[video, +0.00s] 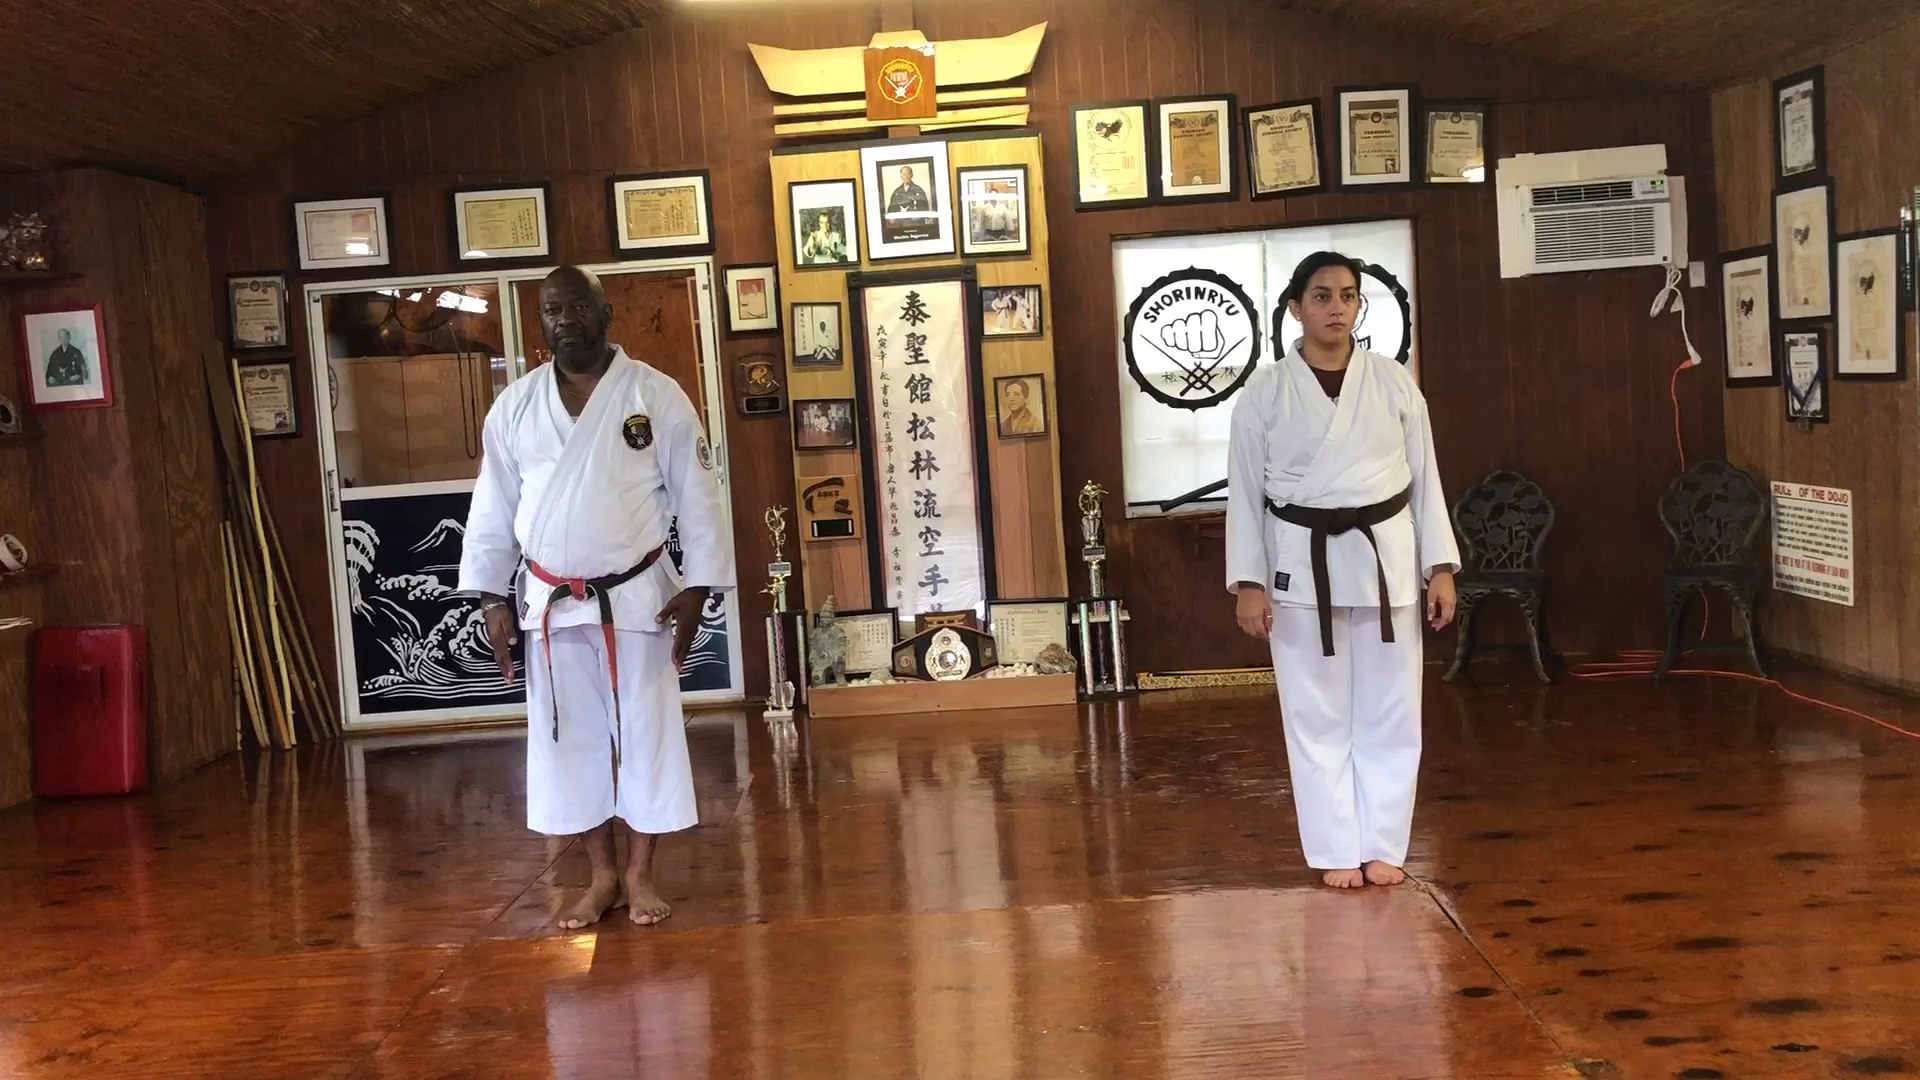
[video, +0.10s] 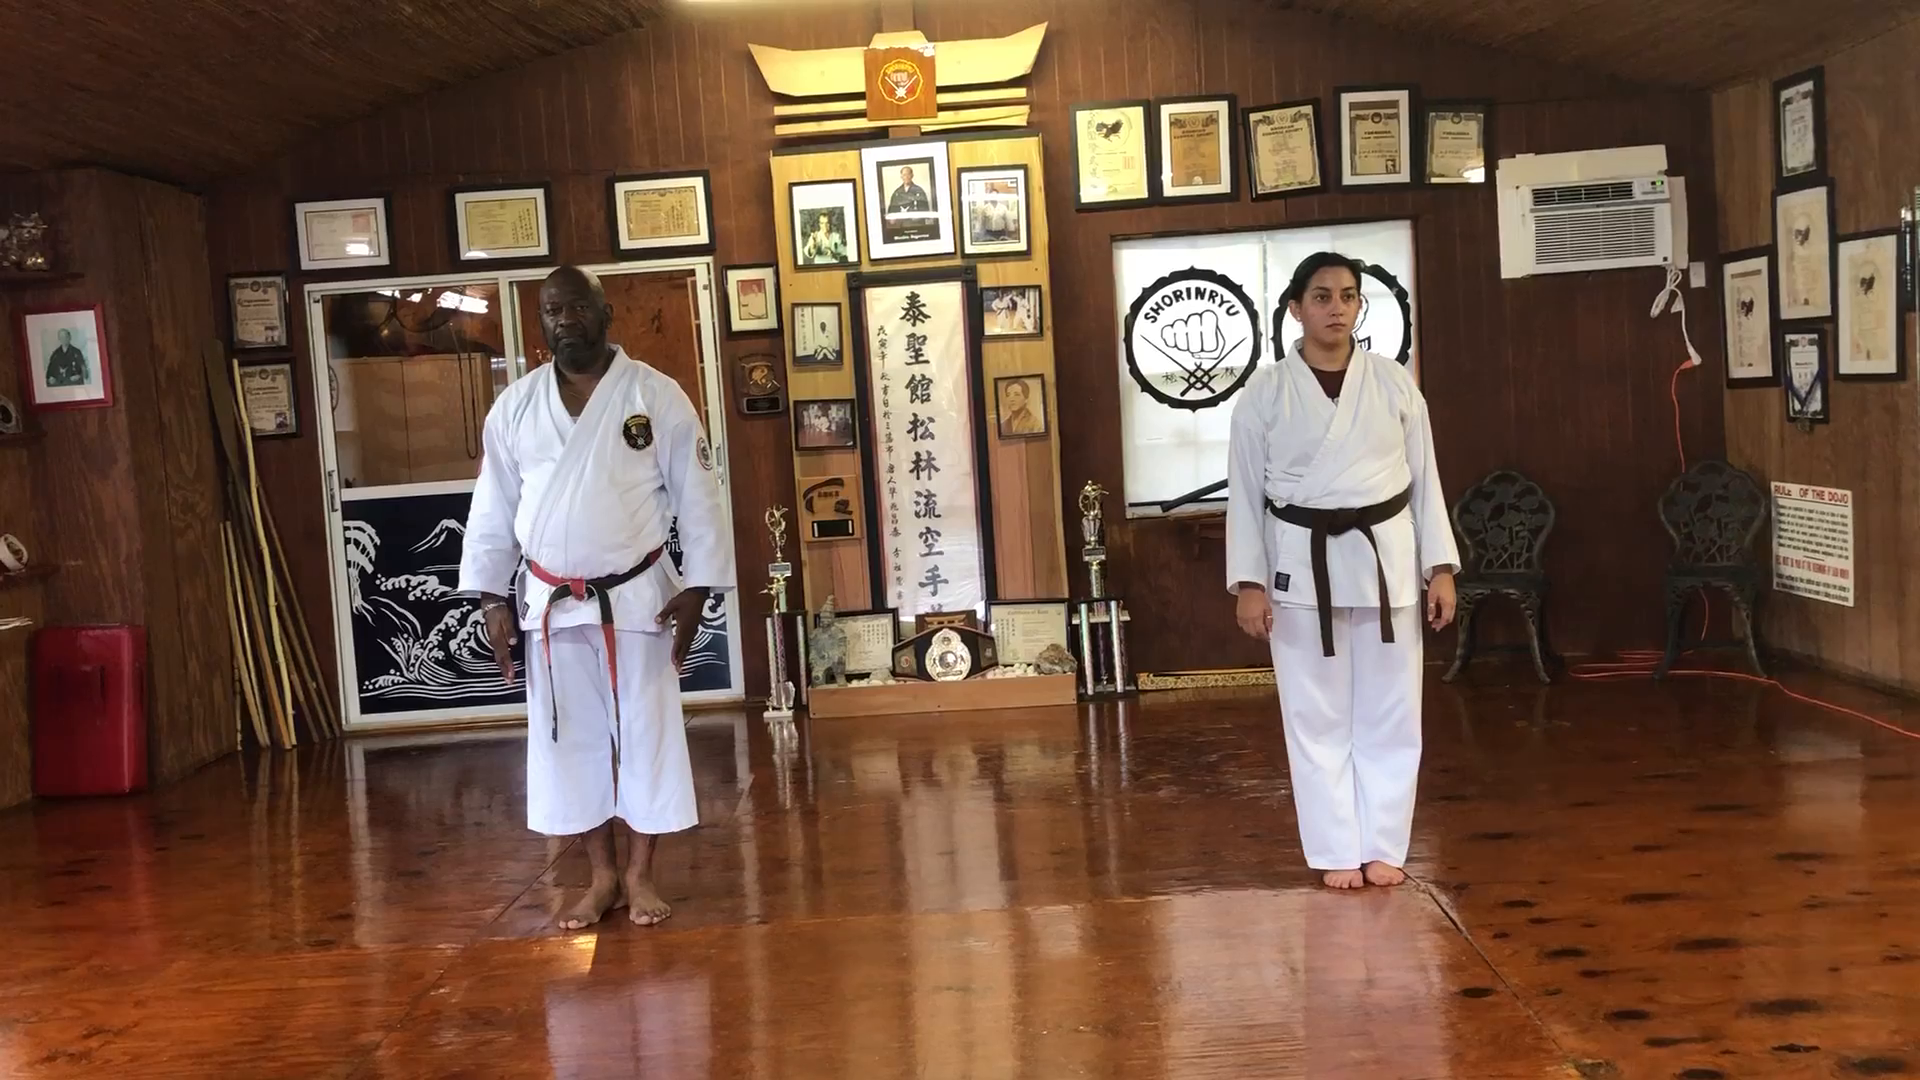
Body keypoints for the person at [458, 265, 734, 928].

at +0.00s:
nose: (565, 320)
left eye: (576, 308)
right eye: (553, 312)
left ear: (606, 314)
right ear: (539, 326)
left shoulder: (655, 395)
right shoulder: (513, 407)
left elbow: (697, 495)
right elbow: (493, 508)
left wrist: (699, 588)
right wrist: (492, 600)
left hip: (636, 589)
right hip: (550, 596)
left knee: (642, 730)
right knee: (572, 731)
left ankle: (638, 875)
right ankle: (601, 875)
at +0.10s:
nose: (565, 320)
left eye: (576, 308)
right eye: (553, 312)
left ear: (606, 315)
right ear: (539, 326)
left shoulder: (656, 396)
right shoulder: (513, 407)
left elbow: (697, 497)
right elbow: (493, 509)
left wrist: (698, 588)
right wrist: (492, 601)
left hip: (636, 590)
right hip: (551, 596)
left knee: (642, 731)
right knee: (571, 732)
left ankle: (638, 875)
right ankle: (600, 876)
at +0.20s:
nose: (564, 321)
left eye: (576, 309)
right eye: (552, 313)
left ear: (606, 315)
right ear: (539, 326)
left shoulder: (656, 395)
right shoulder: (513, 408)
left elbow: (697, 496)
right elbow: (493, 509)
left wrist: (699, 588)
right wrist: (492, 601)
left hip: (637, 590)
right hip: (551, 596)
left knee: (642, 730)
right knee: (572, 732)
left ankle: (638, 875)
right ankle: (600, 876)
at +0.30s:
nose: (563, 321)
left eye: (575, 309)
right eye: (552, 313)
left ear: (606, 314)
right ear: (540, 327)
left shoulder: (656, 395)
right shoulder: (514, 406)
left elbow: (697, 495)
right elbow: (494, 507)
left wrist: (699, 588)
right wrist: (492, 600)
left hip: (637, 590)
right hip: (551, 596)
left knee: (643, 731)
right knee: (572, 733)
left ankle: (638, 876)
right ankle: (600, 876)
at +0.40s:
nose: (565, 320)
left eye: (577, 309)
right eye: (554, 312)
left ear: (607, 316)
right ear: (540, 325)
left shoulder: (657, 395)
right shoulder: (514, 406)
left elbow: (697, 495)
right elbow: (494, 507)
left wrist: (699, 586)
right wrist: (493, 599)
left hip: (638, 590)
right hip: (551, 596)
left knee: (643, 731)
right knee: (571, 733)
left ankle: (639, 876)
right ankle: (600, 877)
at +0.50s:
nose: (565, 319)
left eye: (576, 307)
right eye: (554, 311)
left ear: (607, 315)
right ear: (541, 325)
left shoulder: (657, 395)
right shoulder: (514, 406)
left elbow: (697, 495)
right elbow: (494, 507)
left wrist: (700, 586)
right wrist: (493, 600)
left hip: (638, 590)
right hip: (552, 597)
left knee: (644, 731)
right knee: (572, 733)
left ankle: (639, 876)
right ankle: (601, 877)